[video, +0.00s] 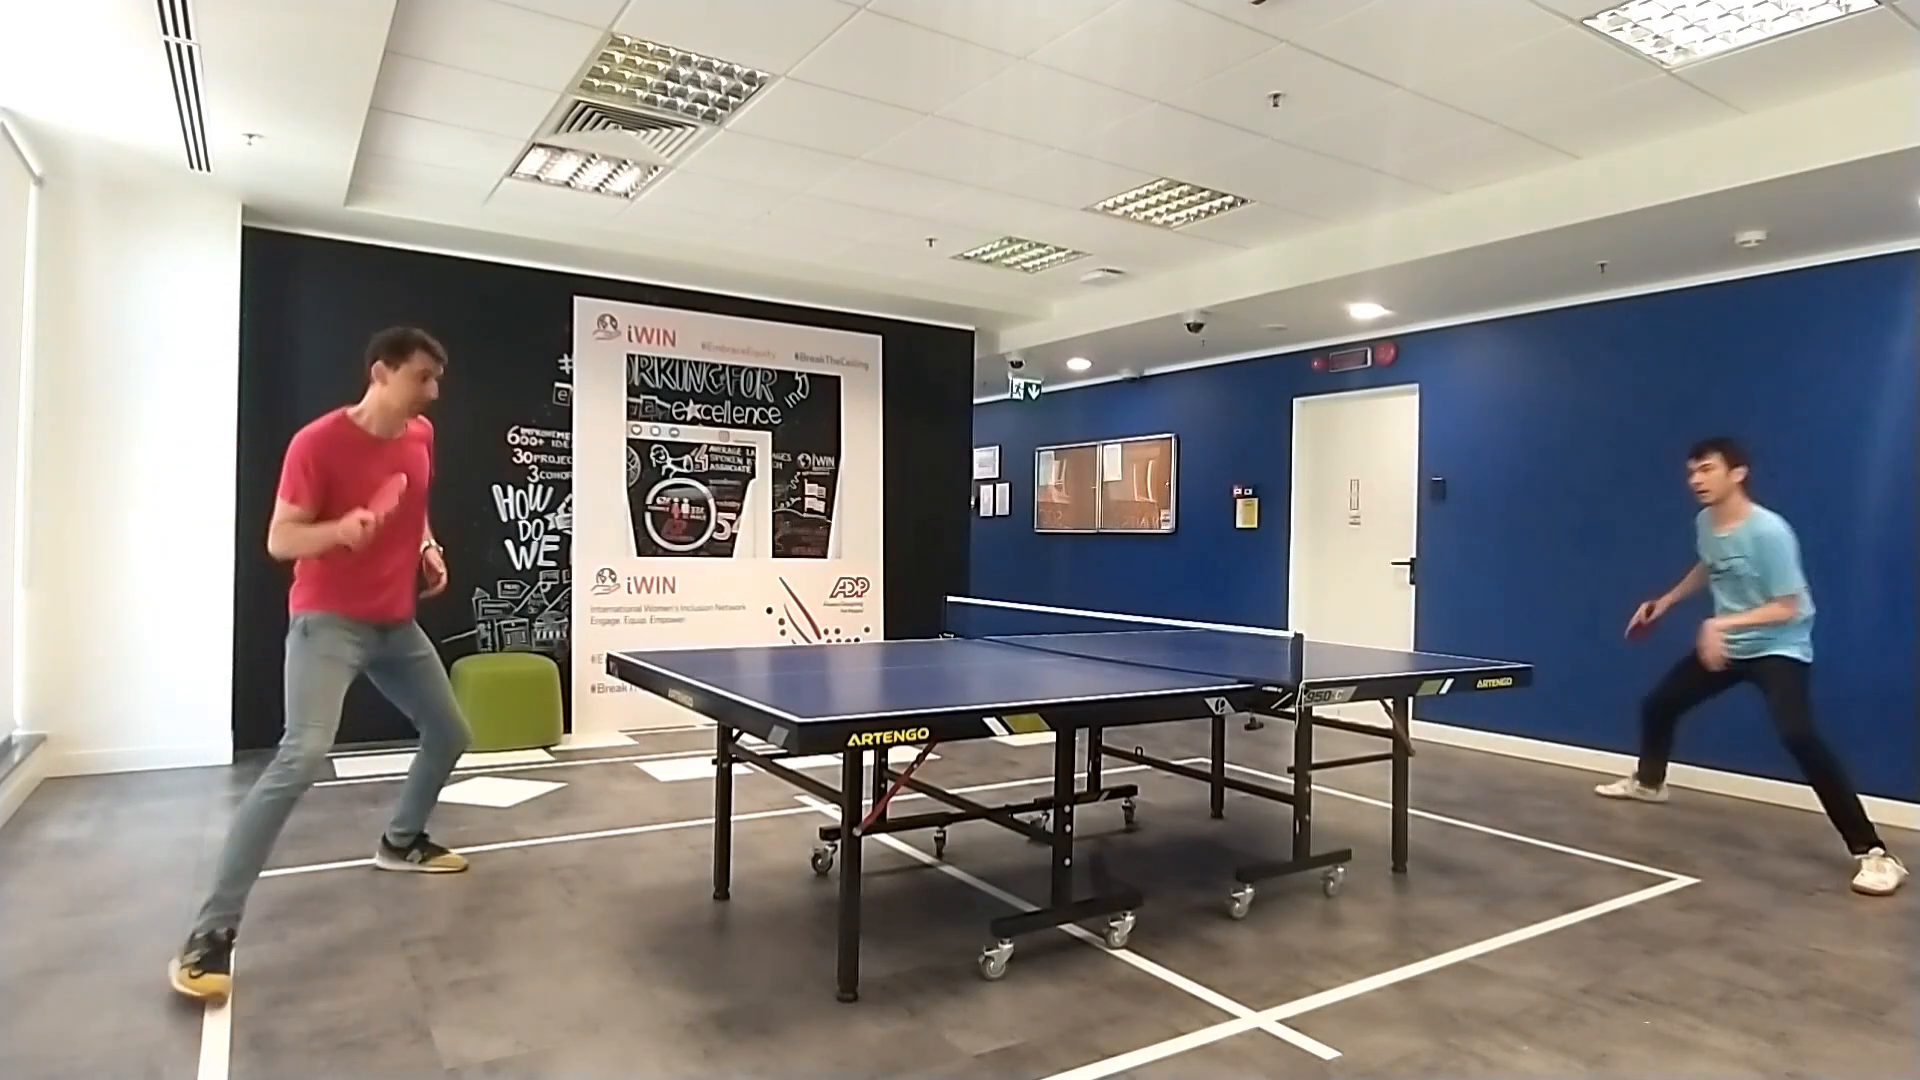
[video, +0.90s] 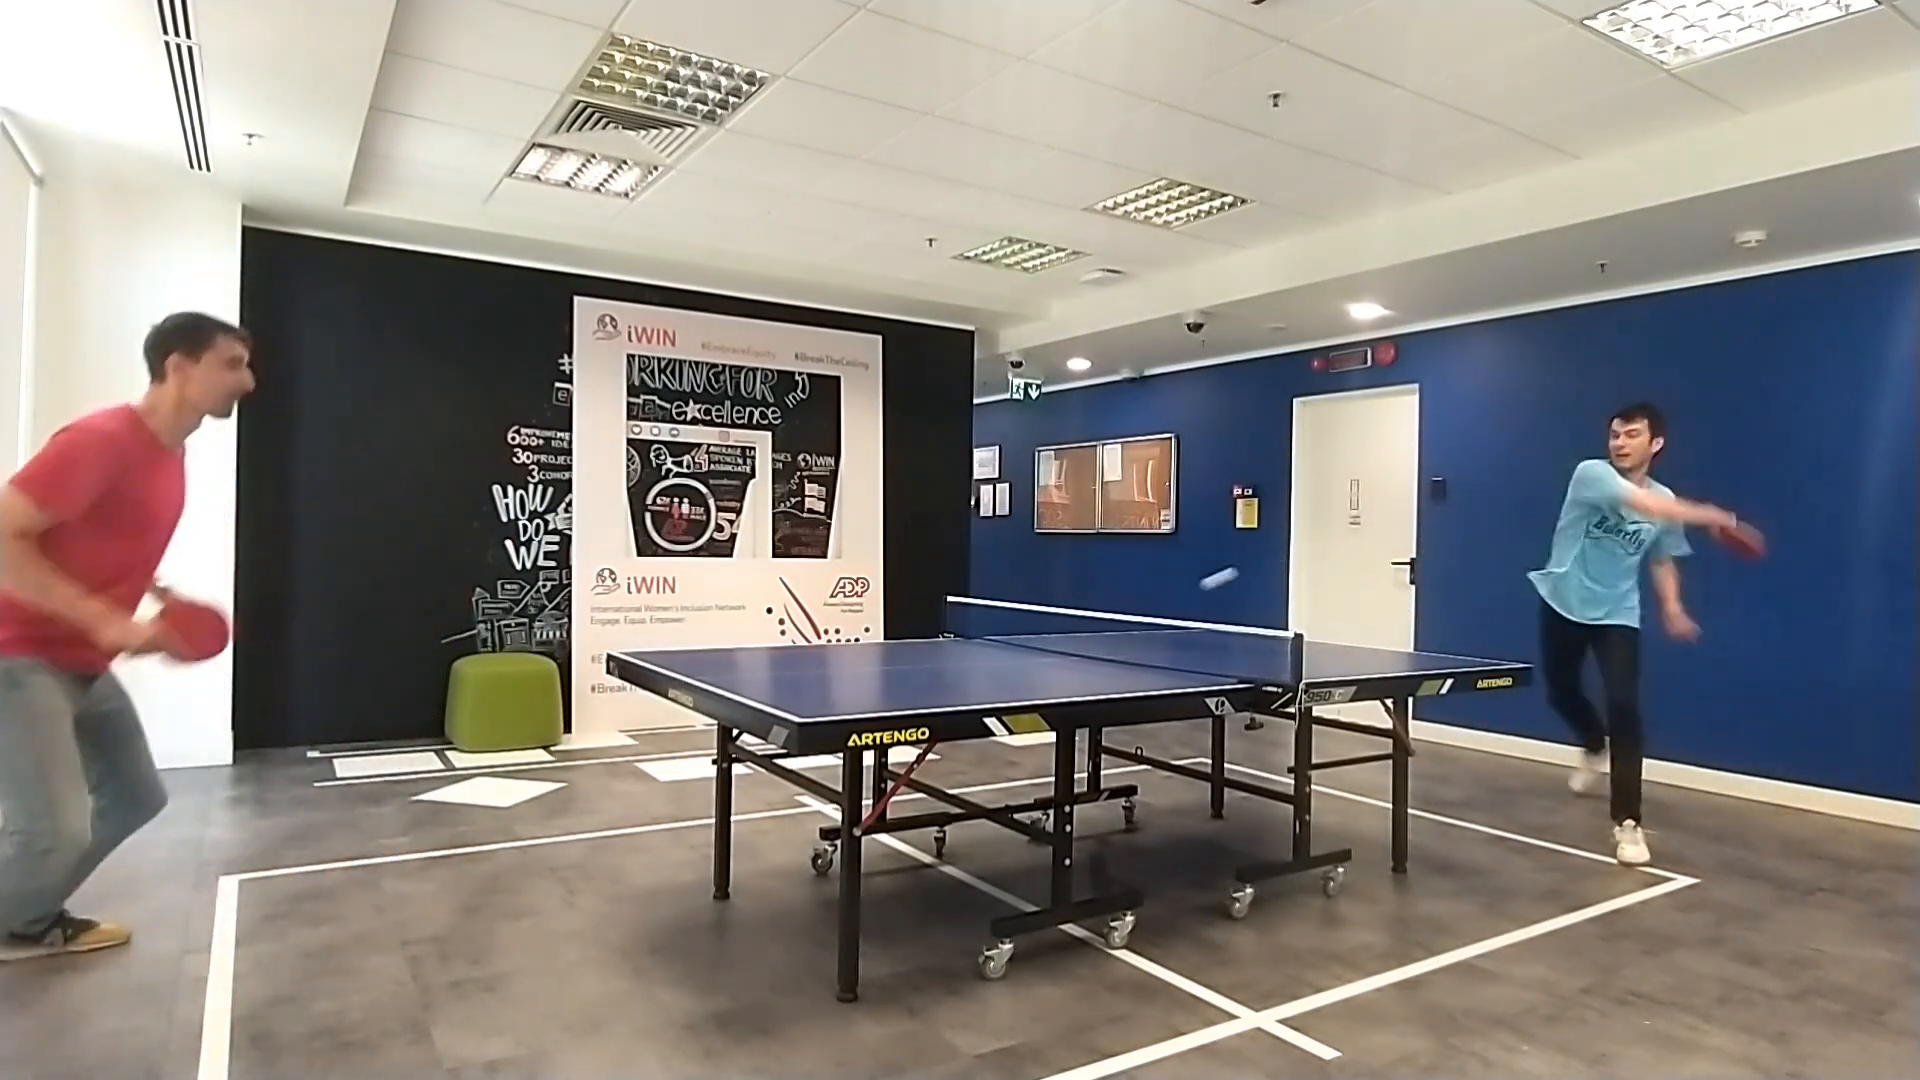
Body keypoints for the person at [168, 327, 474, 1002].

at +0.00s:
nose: (431, 392)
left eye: (435, 382)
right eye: (423, 378)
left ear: (423, 386)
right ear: (380, 372)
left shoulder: (420, 437)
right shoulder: (317, 443)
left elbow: (414, 503)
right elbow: (280, 539)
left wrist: (427, 544)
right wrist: (338, 530)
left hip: (394, 625)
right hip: (326, 625)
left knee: (449, 734)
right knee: (303, 758)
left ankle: (404, 836)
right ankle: (215, 931)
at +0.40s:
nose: (407, 405)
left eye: (409, 394)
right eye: (398, 392)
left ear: (366, 398)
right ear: (353, 394)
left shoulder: (366, 465)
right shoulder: (282, 460)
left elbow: (347, 548)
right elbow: (217, 554)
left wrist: (404, 582)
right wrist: (310, 538)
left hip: (338, 644)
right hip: (273, 645)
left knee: (417, 735)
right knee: (302, 775)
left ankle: (403, 841)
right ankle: (135, 928)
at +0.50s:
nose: (372, 385)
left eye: (372, 374)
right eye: (361, 371)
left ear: (325, 380)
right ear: (315, 374)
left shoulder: (313, 446)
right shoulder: (247, 440)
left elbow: (294, 533)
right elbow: (183, 540)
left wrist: (356, 568)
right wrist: (297, 535)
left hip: (281, 639)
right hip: (220, 650)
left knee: (355, 732)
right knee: (252, 807)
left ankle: (387, 841)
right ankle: (99, 963)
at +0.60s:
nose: (335, 350)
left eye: (335, 338)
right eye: (324, 334)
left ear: (286, 344)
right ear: (275, 336)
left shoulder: (276, 420)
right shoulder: (205, 409)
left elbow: (244, 509)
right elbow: (146, 508)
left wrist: (314, 542)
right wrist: (277, 522)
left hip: (230, 621)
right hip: (160, 627)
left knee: (309, 722)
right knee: (207, 789)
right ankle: (93, 961)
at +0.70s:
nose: (297, 324)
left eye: (298, 312)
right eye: (285, 309)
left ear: (251, 319)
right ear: (234, 311)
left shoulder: (245, 401)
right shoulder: (160, 385)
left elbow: (217, 498)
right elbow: (96, 491)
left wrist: (288, 538)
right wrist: (221, 526)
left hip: (187, 613)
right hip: (113, 608)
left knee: (243, 737)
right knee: (154, 779)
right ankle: (35, 960)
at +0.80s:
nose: (268, 339)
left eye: (267, 327)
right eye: (255, 324)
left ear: (217, 335)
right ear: (203, 327)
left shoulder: (205, 418)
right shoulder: (127, 404)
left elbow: (163, 512)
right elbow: (38, 508)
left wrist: (230, 556)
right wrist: (168, 563)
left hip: (133, 633)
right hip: (64, 626)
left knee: (168, 771)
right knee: (73, 812)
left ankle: (53, 888)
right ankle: (6, 906)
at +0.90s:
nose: (247, 381)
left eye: (247, 367)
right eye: (233, 364)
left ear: (189, 373)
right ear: (178, 367)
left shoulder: (168, 458)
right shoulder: (100, 442)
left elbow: (103, 548)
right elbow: (4, 537)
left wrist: (165, 599)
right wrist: (103, 620)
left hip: (84, 665)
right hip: (21, 659)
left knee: (134, 798)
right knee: (56, 829)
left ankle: (27, 917)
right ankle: (11, 924)